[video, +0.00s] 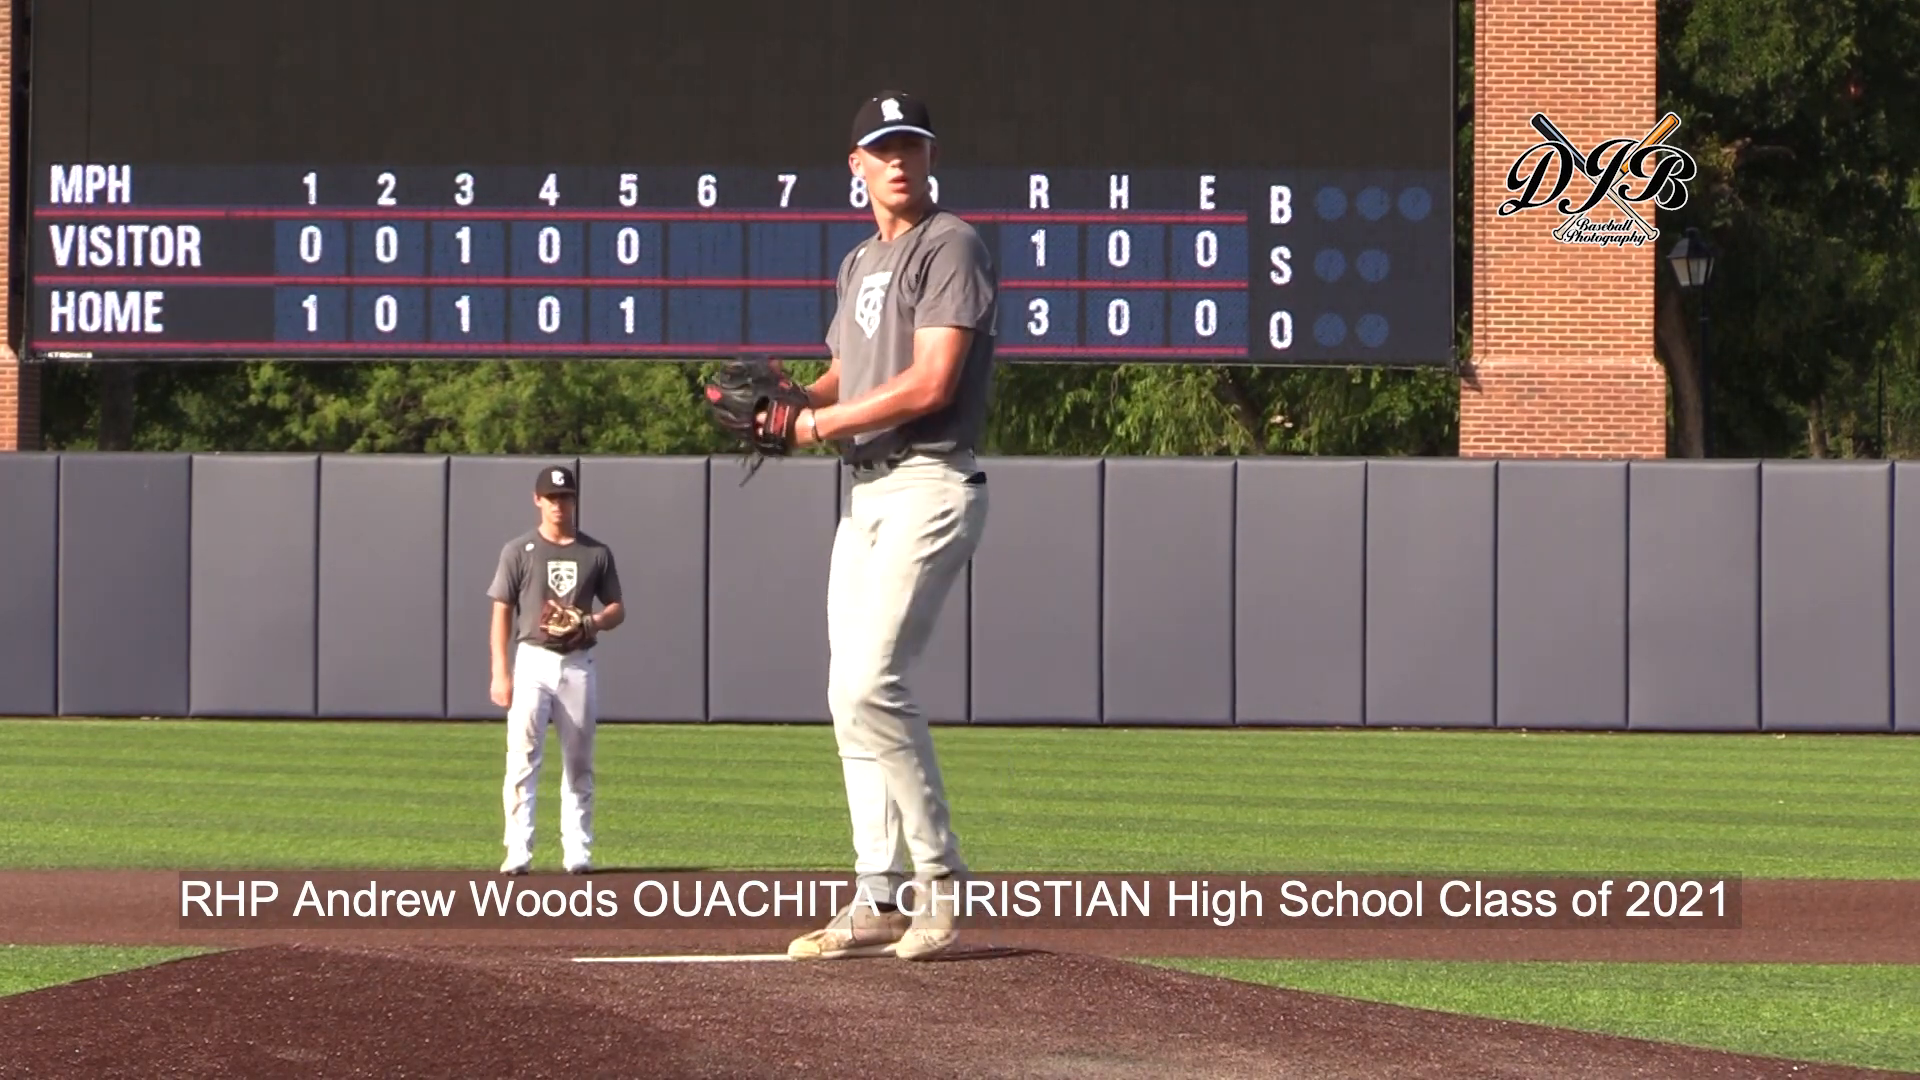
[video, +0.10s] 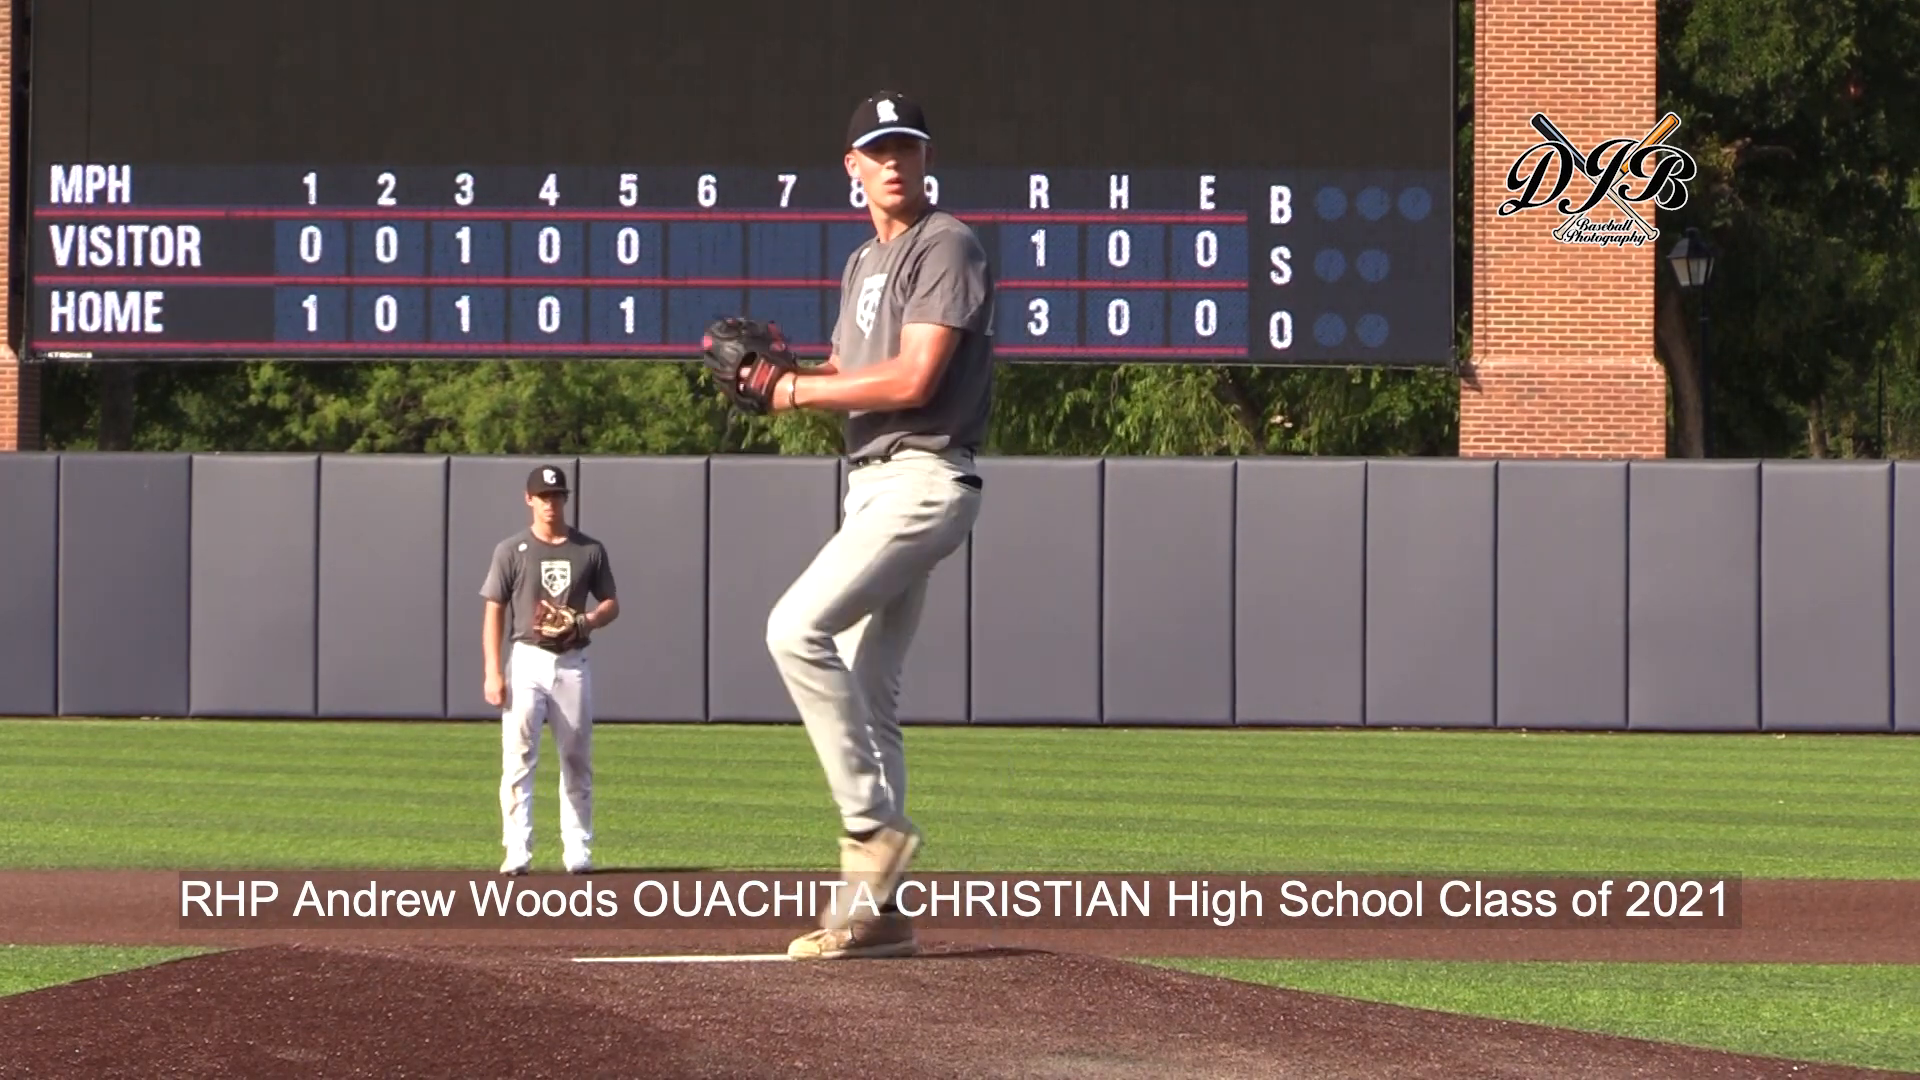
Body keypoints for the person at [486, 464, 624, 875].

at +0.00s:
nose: (559, 505)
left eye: (565, 498)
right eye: (551, 498)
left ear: (575, 502)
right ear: (538, 501)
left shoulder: (598, 554)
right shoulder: (517, 552)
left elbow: (616, 608)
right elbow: (501, 613)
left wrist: (592, 623)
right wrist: (501, 673)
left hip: (577, 665)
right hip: (530, 661)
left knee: (578, 764)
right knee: (522, 760)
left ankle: (578, 855)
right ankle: (518, 855)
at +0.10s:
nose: (550, 503)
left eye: (556, 496)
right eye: (543, 497)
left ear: (565, 500)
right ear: (530, 500)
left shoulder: (591, 551)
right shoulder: (510, 551)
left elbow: (610, 603)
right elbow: (494, 612)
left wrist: (586, 621)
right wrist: (493, 672)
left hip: (572, 664)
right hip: (524, 661)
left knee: (576, 762)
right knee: (518, 761)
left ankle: (578, 855)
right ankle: (516, 856)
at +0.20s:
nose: (543, 504)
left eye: (549, 497)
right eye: (535, 498)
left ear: (558, 500)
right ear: (522, 501)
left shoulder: (584, 550)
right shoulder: (504, 552)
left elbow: (606, 599)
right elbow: (487, 611)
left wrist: (582, 624)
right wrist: (487, 671)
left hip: (567, 665)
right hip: (519, 662)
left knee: (577, 761)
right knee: (515, 763)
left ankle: (579, 854)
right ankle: (516, 855)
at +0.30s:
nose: (537, 507)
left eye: (542, 500)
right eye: (529, 501)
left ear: (551, 501)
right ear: (514, 504)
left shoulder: (579, 548)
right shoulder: (499, 555)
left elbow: (602, 594)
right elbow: (482, 613)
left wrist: (581, 625)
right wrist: (482, 672)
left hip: (569, 664)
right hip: (518, 663)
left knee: (583, 762)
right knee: (515, 764)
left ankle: (579, 855)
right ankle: (516, 857)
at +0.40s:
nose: (533, 511)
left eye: (539, 503)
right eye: (525, 504)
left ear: (548, 505)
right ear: (510, 507)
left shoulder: (571, 545)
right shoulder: (499, 556)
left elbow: (602, 590)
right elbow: (481, 615)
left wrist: (582, 628)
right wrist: (479, 675)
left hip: (569, 663)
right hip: (519, 663)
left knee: (591, 756)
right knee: (515, 763)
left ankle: (584, 849)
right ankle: (516, 858)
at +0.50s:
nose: (532, 512)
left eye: (537, 505)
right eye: (524, 506)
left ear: (547, 508)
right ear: (509, 510)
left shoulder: (575, 548)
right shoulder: (497, 561)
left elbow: (602, 585)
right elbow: (481, 619)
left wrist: (587, 629)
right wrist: (478, 679)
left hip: (571, 666)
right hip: (523, 666)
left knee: (598, 752)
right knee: (516, 763)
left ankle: (601, 842)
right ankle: (516, 855)